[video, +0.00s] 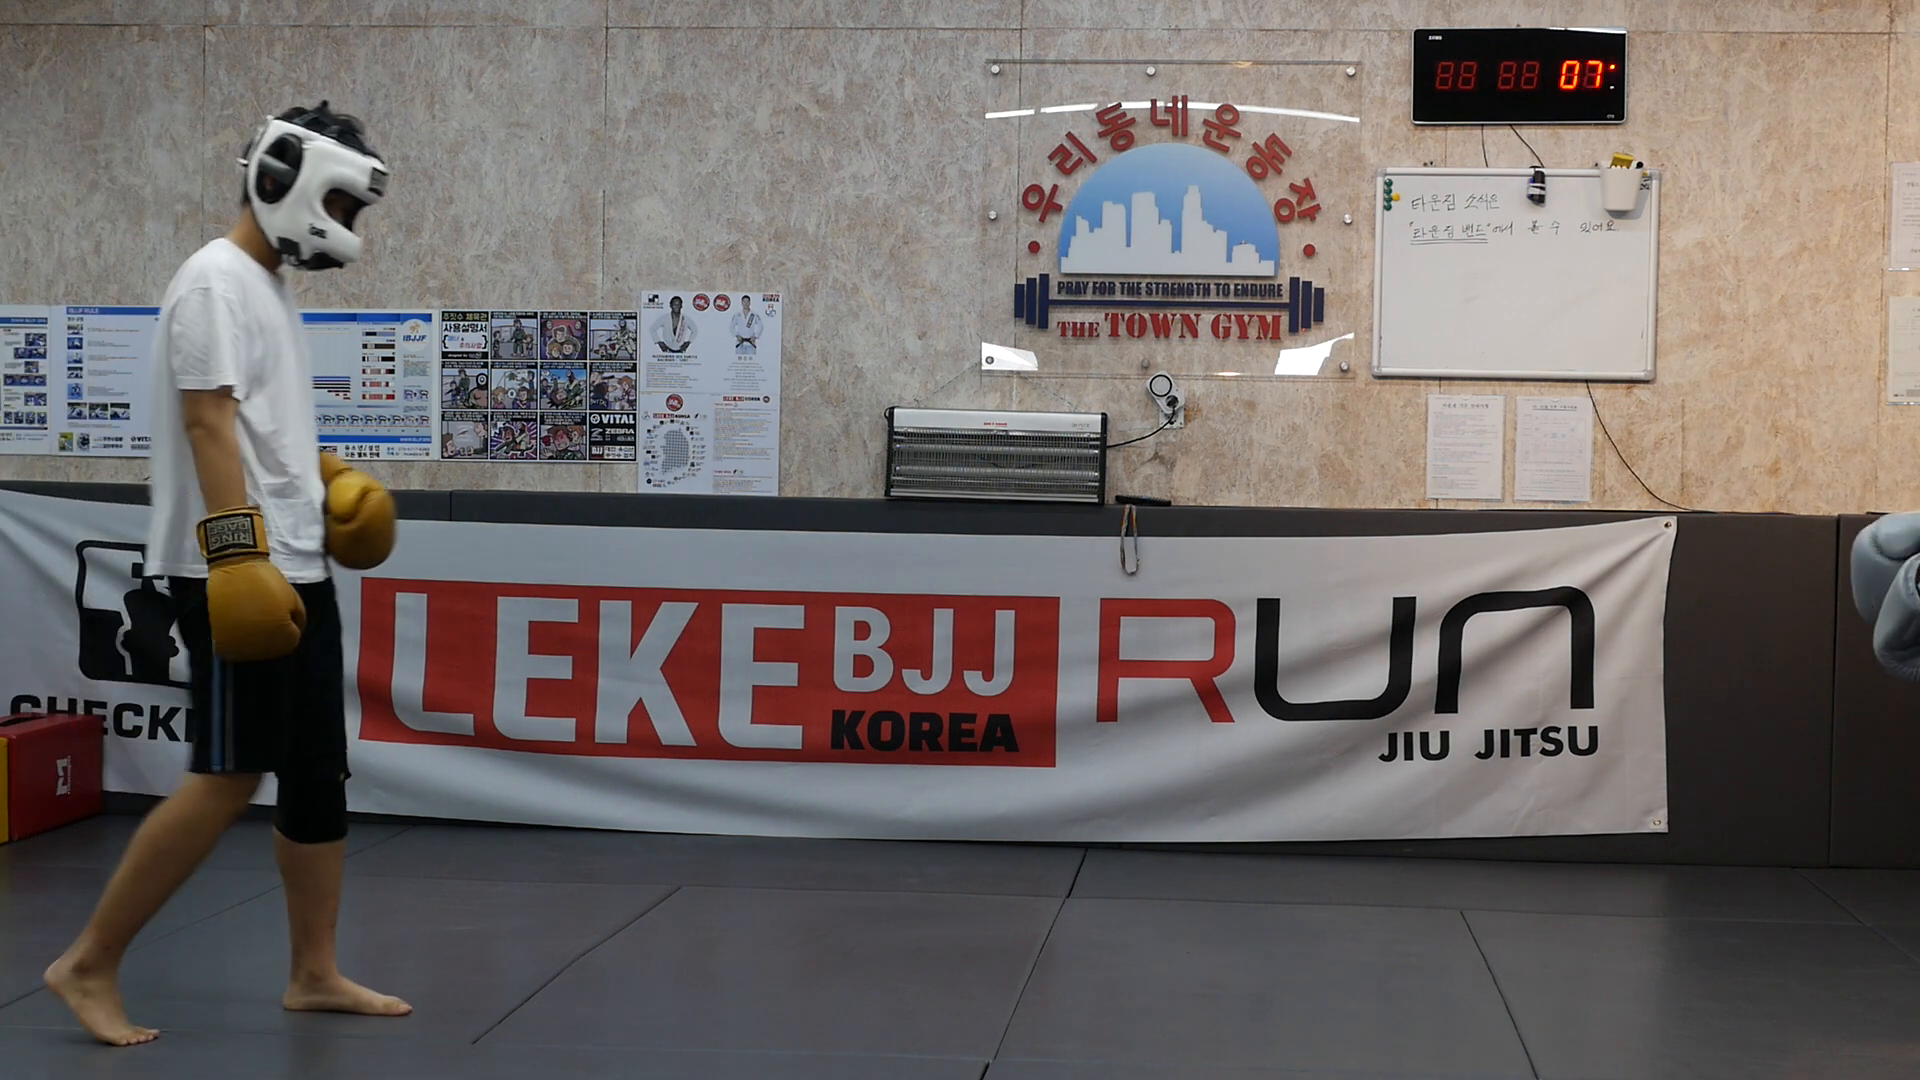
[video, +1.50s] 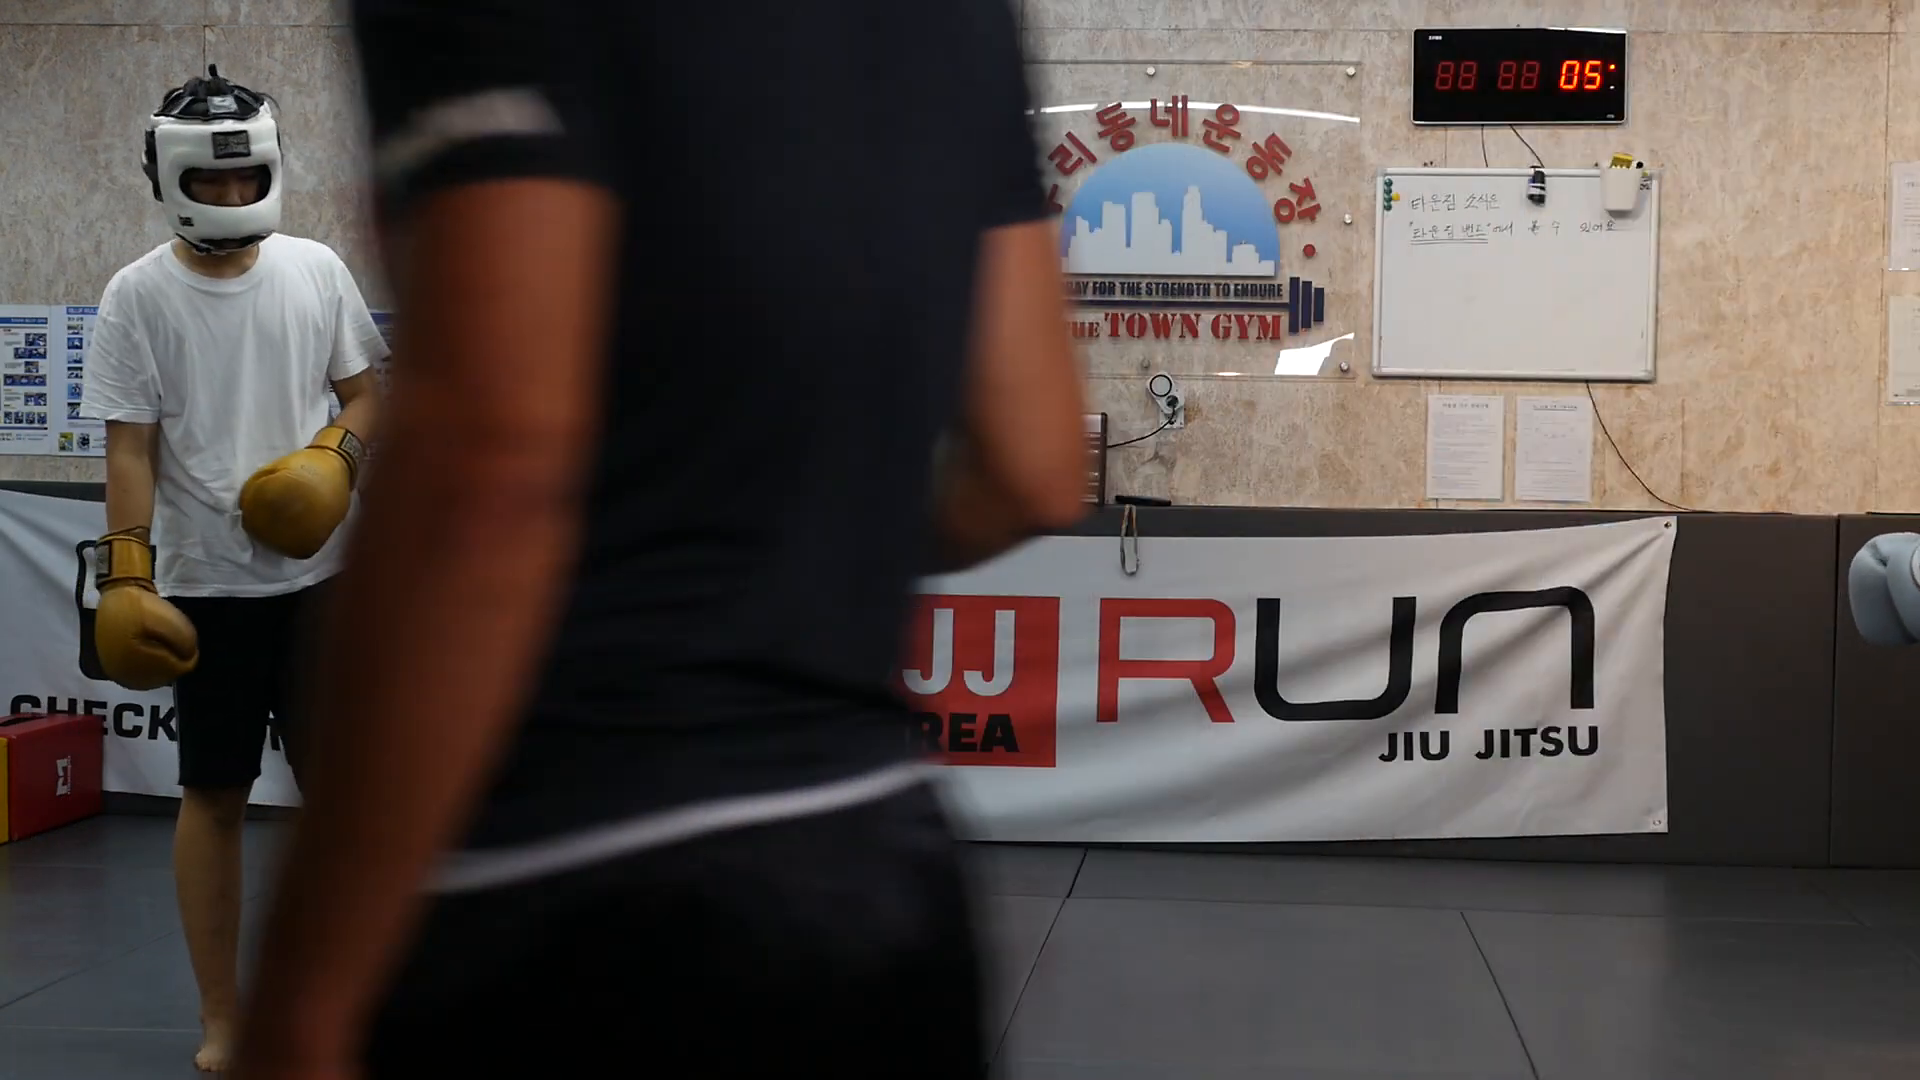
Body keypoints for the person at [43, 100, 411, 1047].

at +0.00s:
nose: (352, 222)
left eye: (358, 203)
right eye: (344, 199)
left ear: (288, 190)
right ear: (290, 185)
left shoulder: (267, 290)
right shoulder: (214, 283)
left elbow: (277, 432)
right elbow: (207, 426)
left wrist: (335, 487)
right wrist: (238, 555)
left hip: (299, 574)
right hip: (234, 576)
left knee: (316, 781)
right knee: (224, 782)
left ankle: (317, 973)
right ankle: (89, 965)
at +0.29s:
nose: (401, 221)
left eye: (409, 204)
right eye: (390, 199)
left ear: (384, 198)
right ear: (334, 185)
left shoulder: (357, 292)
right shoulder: (243, 282)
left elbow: (359, 427)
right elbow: (223, 420)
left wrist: (427, 404)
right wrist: (238, 541)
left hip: (356, 566)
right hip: (283, 564)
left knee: (336, 769)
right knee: (295, 768)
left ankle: (316, 973)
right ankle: (225, 981)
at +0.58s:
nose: (395, 218)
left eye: (410, 202)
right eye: (381, 196)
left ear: (418, 204)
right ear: (327, 185)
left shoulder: (395, 295)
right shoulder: (243, 283)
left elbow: (427, 420)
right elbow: (213, 418)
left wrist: (454, 329)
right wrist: (214, 533)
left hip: (374, 575)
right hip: (279, 569)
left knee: (339, 781)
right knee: (264, 773)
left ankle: (317, 973)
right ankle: (215, 993)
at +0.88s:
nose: (348, 195)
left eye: (364, 178)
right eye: (329, 176)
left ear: (376, 185)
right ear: (277, 174)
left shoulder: (374, 295)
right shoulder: (208, 286)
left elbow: (412, 428)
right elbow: (176, 437)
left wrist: (424, 343)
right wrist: (146, 568)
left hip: (358, 578)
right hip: (245, 573)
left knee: (339, 791)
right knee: (237, 788)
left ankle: (318, 973)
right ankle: (224, 1014)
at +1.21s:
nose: (236, 185)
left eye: (256, 167)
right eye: (216, 167)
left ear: (290, 172)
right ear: (186, 171)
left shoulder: (338, 285)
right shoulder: (154, 290)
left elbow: (366, 408)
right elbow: (129, 437)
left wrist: (351, 468)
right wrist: (104, 566)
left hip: (331, 586)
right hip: (208, 588)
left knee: (374, 794)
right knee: (212, 800)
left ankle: (333, 952)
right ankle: (219, 1017)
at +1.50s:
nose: (231, 181)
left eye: (247, 161)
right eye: (207, 165)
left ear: (271, 165)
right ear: (166, 175)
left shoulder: (317, 272)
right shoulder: (137, 296)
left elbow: (367, 397)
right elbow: (128, 448)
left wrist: (330, 454)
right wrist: (126, 579)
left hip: (319, 582)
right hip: (205, 591)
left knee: (348, 803)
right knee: (213, 804)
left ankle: (351, 1022)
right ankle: (221, 1025)